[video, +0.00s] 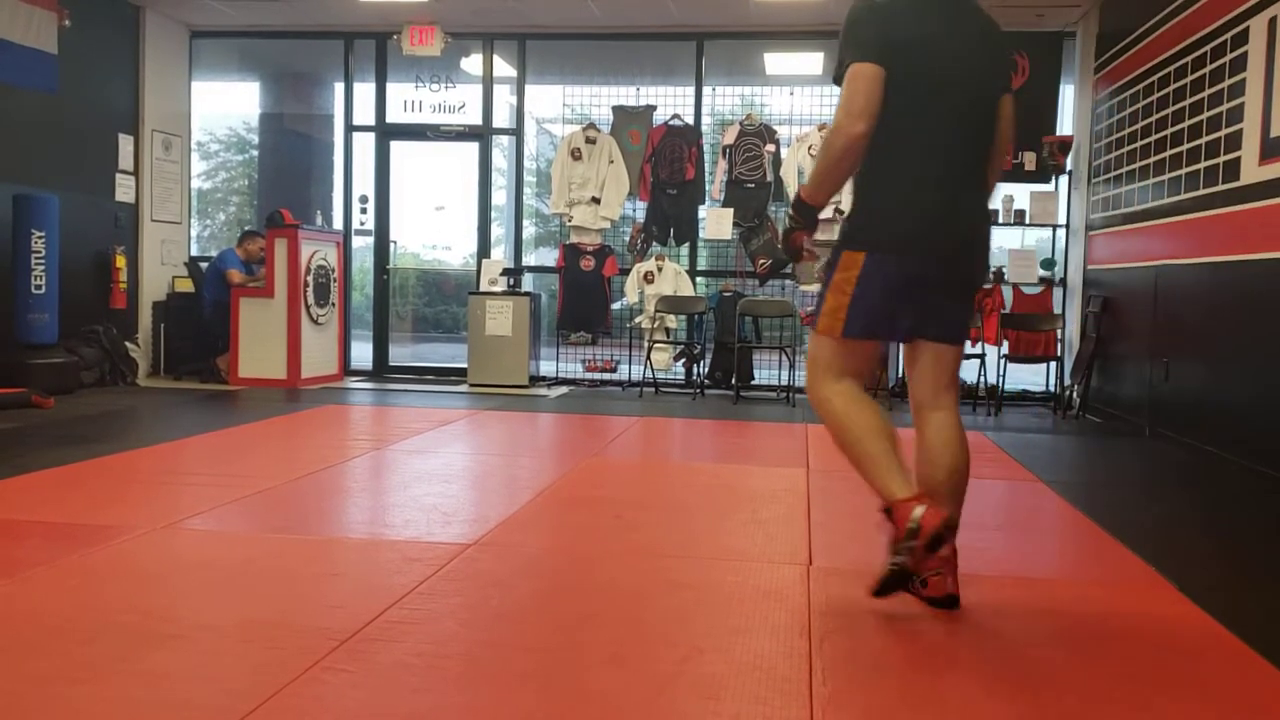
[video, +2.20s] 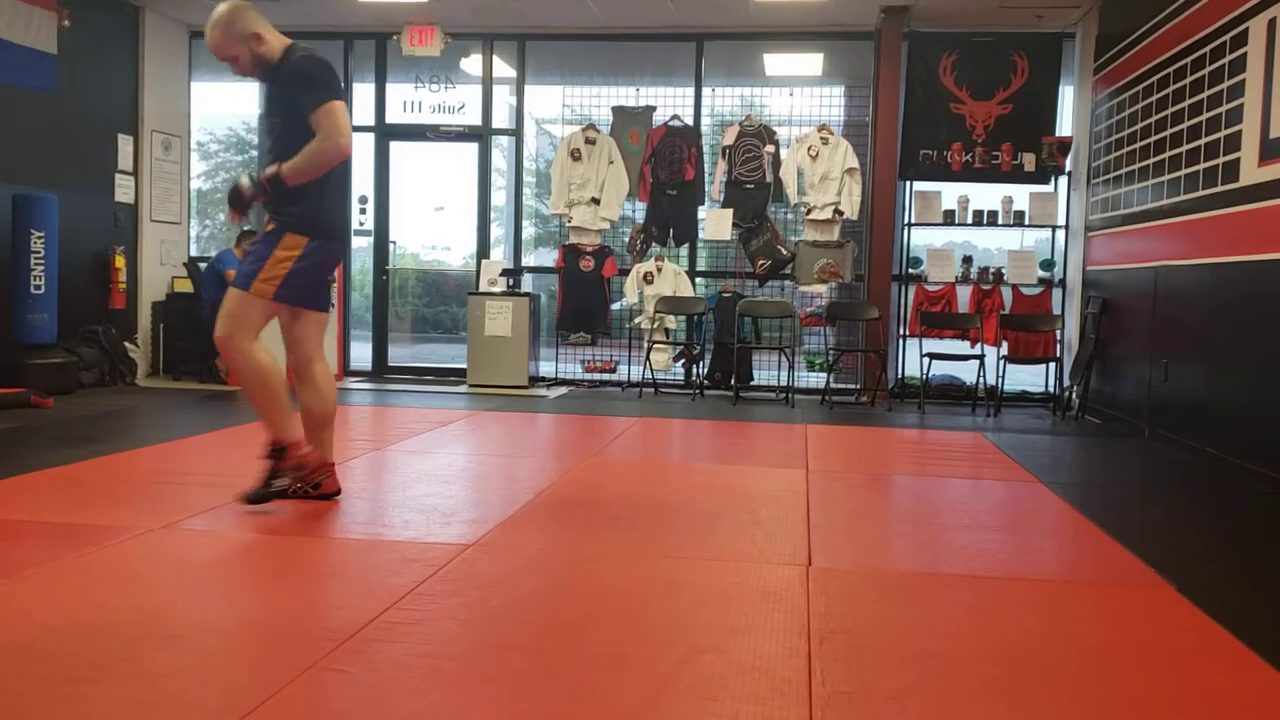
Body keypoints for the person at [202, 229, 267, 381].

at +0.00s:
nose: (262, 254)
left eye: (263, 250)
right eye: (260, 249)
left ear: (247, 246)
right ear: (247, 245)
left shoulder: (245, 263)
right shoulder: (229, 256)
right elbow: (235, 279)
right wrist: (257, 278)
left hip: (230, 308)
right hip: (215, 309)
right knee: (253, 332)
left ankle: (226, 363)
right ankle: (223, 362)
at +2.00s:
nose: (261, 254)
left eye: (262, 250)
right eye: (260, 249)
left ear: (248, 245)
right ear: (247, 244)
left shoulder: (246, 264)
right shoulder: (228, 255)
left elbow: (252, 284)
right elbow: (235, 280)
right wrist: (258, 278)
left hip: (230, 308)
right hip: (213, 309)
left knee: (259, 327)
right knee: (253, 330)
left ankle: (227, 363)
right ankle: (224, 362)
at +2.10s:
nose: (261, 254)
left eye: (262, 250)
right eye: (259, 249)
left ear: (247, 245)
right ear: (246, 244)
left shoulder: (246, 264)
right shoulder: (228, 256)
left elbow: (252, 282)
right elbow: (235, 280)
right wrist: (258, 279)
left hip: (230, 308)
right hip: (213, 309)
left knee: (257, 324)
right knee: (251, 328)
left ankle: (226, 363)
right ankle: (223, 362)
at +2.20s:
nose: (252, 250)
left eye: (254, 246)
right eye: (251, 245)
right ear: (242, 244)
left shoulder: (242, 261)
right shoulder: (226, 256)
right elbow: (234, 280)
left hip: (221, 303)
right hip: (209, 303)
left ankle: (221, 367)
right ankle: (215, 368)